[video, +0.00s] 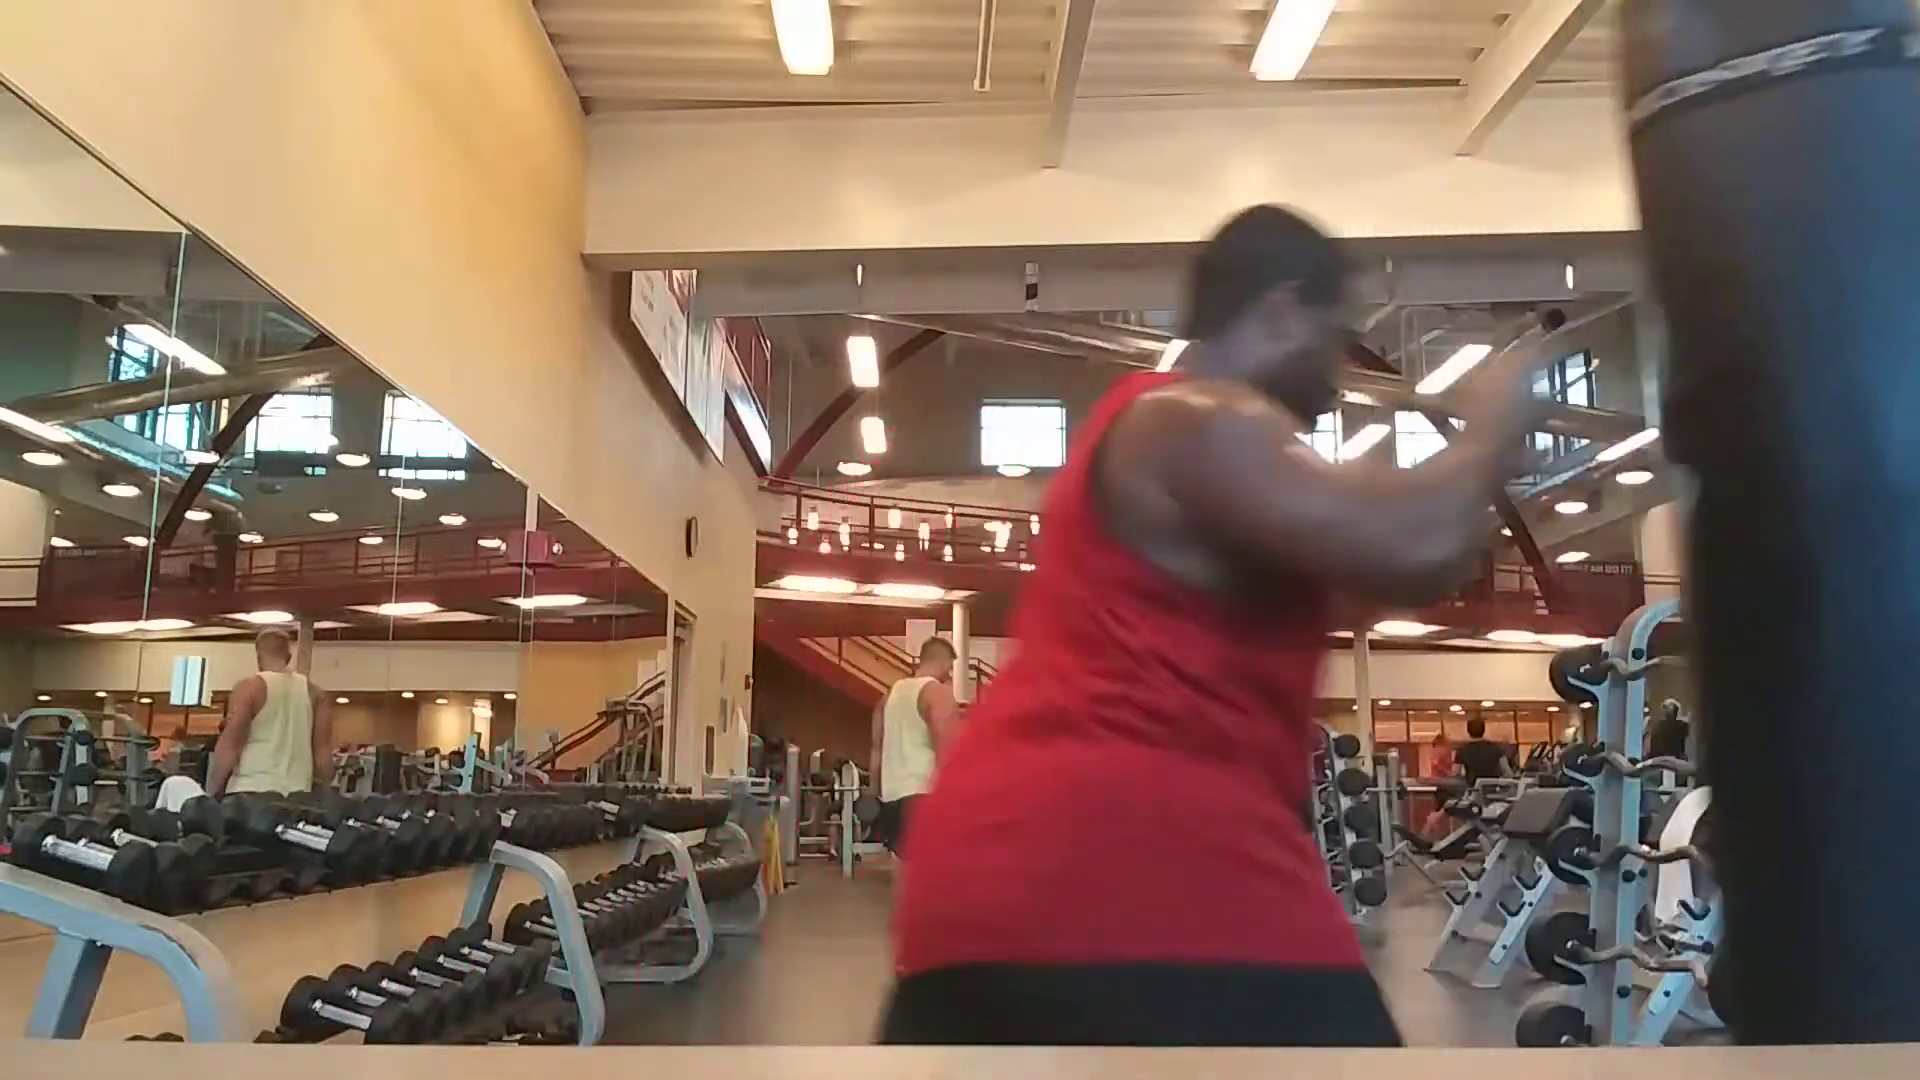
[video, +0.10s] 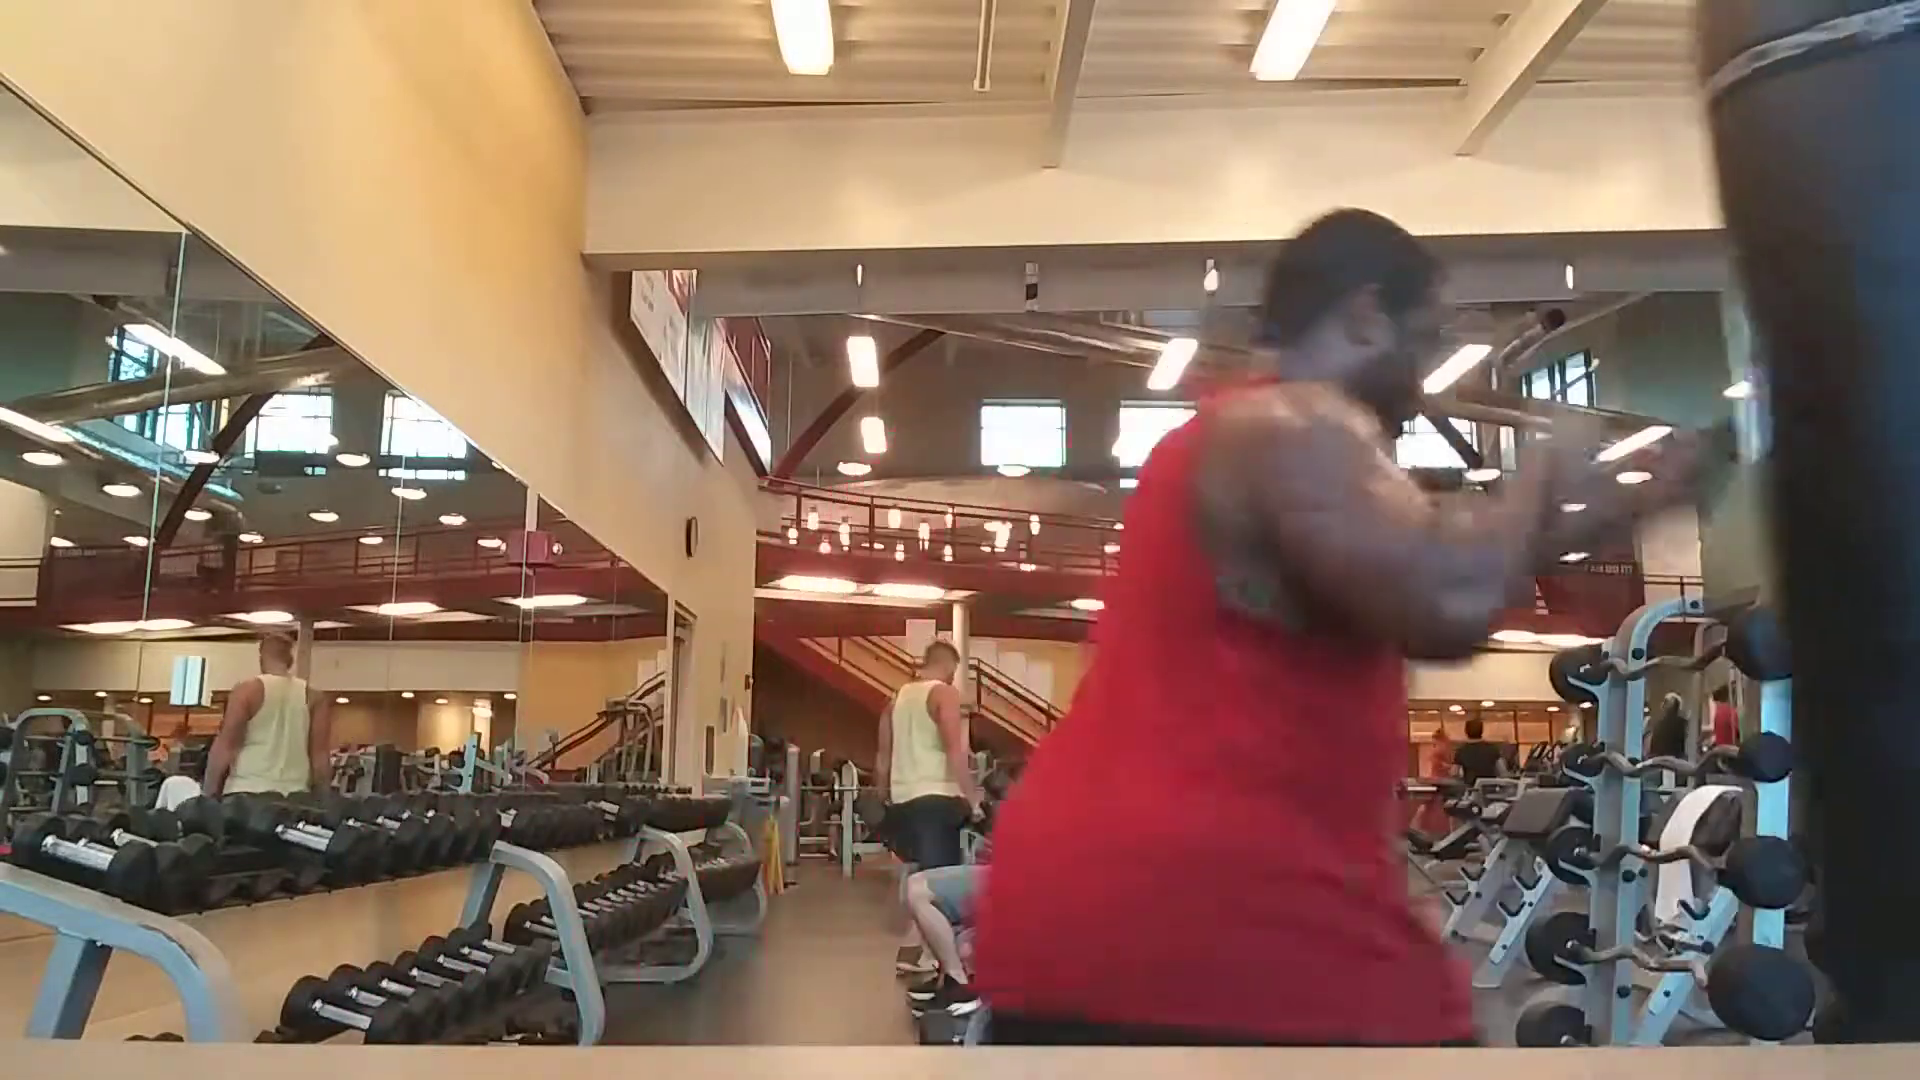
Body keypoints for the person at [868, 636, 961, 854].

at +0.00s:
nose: (950, 672)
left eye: (952, 666)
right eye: (951, 665)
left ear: (921, 660)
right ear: (945, 665)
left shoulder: (893, 692)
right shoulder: (937, 692)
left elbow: (877, 746)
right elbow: (947, 750)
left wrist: (875, 789)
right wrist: (953, 793)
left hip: (892, 796)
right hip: (924, 796)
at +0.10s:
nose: (953, 677)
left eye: (954, 672)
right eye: (954, 672)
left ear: (923, 663)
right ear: (949, 668)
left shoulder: (895, 701)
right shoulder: (944, 694)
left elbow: (883, 758)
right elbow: (955, 750)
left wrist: (884, 799)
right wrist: (972, 798)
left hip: (902, 805)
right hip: (938, 802)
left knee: (920, 879)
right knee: (941, 886)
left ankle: (910, 950)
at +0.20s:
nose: (956, 675)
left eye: (957, 669)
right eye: (957, 669)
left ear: (928, 665)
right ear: (953, 667)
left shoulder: (901, 704)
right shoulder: (952, 695)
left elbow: (891, 759)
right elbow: (964, 746)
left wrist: (886, 803)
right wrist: (979, 793)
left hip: (913, 804)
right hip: (948, 802)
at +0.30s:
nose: (960, 672)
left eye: (959, 667)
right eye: (960, 667)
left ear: (932, 665)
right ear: (957, 666)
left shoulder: (908, 703)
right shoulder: (955, 694)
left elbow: (898, 759)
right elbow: (972, 747)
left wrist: (892, 799)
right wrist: (982, 786)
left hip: (921, 805)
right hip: (957, 804)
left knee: (930, 877)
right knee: (960, 877)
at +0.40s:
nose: (966, 672)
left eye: (966, 667)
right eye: (966, 667)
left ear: (937, 665)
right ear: (962, 665)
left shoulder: (913, 704)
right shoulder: (964, 691)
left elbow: (902, 758)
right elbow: (980, 744)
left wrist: (898, 799)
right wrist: (991, 789)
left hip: (925, 804)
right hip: (964, 801)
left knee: (932, 877)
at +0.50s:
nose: (966, 671)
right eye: (967, 667)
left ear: (941, 666)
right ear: (967, 667)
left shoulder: (919, 699)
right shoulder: (973, 692)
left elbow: (907, 752)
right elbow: (988, 742)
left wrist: (903, 797)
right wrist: (1001, 786)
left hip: (932, 800)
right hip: (970, 797)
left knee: (938, 871)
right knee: (995, 832)